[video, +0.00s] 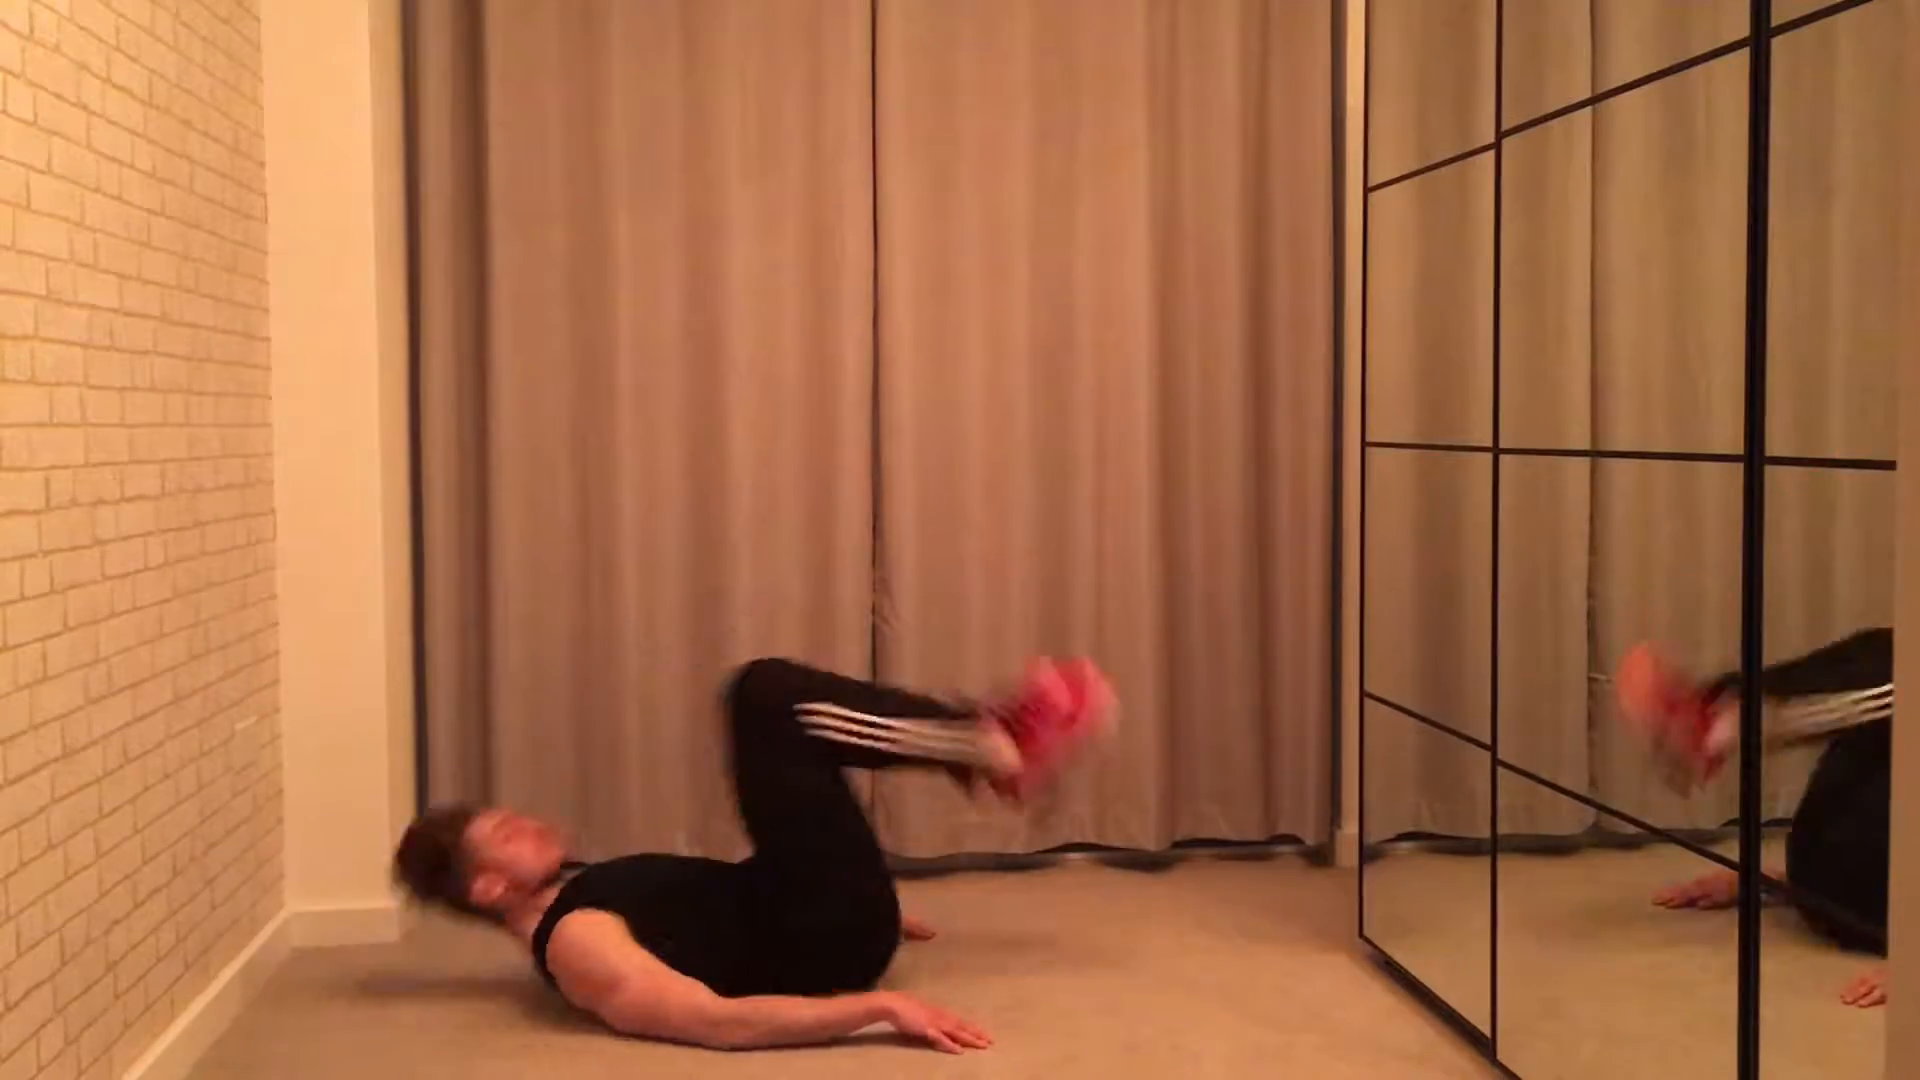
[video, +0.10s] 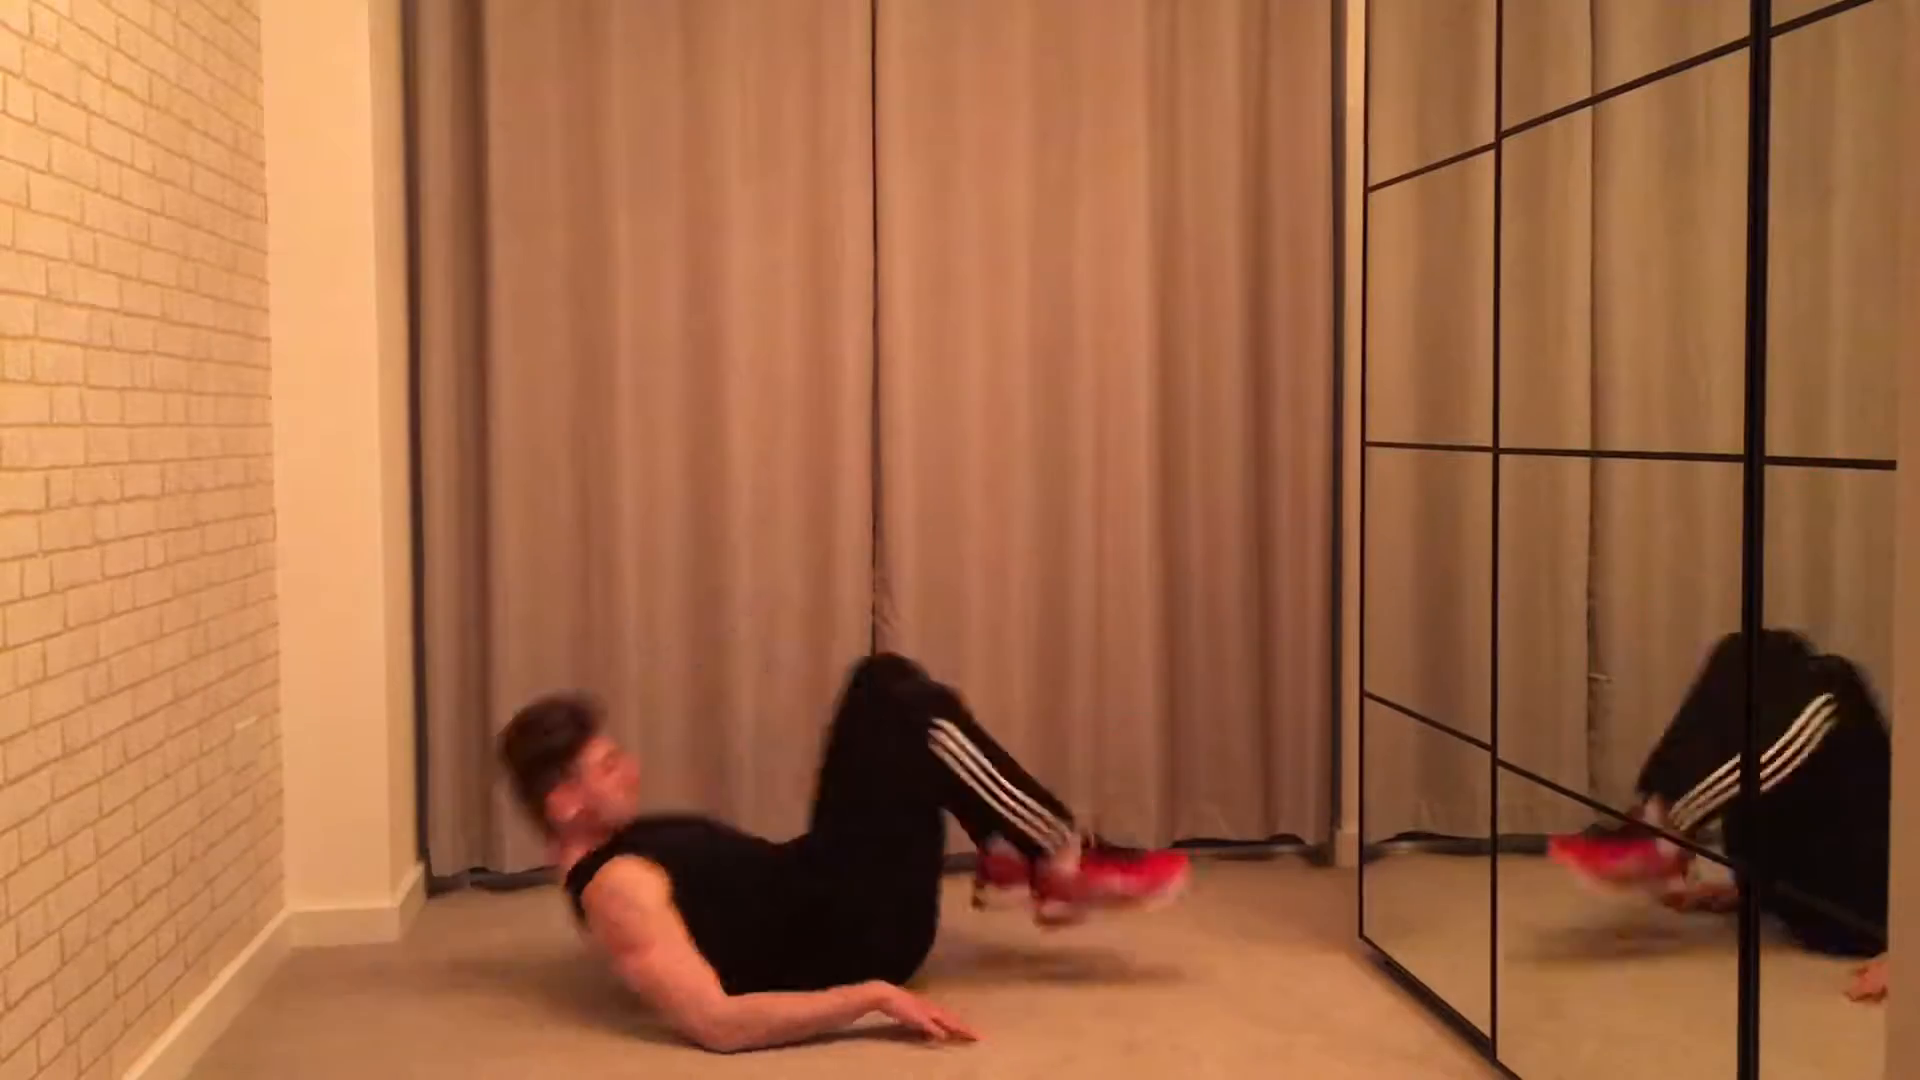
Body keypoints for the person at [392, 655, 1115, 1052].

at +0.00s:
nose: (528, 827)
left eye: (511, 818)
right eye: (503, 834)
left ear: (508, 872)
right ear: (491, 890)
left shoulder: (583, 896)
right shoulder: (576, 941)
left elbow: (728, 909)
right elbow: (720, 1019)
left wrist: (871, 923)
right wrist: (876, 1010)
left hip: (811, 914)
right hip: (827, 942)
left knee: (762, 691)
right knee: (765, 700)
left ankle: (985, 735)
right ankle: (998, 750)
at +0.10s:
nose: (627, 770)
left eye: (615, 755)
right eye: (604, 765)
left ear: (570, 798)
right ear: (562, 803)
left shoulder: (622, 854)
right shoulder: (620, 887)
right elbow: (714, 1023)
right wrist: (870, 1001)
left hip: (837, 911)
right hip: (863, 940)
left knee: (883, 682)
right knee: (906, 706)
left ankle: (1011, 853)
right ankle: (1075, 862)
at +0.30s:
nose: (853, 656)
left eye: (853, 639)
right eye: (845, 640)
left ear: (790, 644)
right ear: (795, 643)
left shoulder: (777, 713)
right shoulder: (786, 741)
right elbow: (758, 924)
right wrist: (863, 1017)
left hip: (880, 936)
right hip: (892, 959)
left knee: (986, 704)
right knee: (998, 721)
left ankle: (1049, 913)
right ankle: (1051, 928)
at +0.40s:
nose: (951, 645)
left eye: (955, 624)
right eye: (947, 622)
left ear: (895, 611)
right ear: (898, 609)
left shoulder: (842, 677)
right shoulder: (869, 703)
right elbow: (827, 874)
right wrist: (868, 1015)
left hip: (890, 920)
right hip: (910, 942)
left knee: (999, 690)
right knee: (1019, 712)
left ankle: (1052, 904)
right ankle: (1038, 928)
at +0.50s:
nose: (1030, 635)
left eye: (1038, 617)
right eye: (1031, 614)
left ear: (986, 588)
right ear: (990, 592)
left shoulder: (909, 636)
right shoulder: (936, 673)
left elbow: (861, 780)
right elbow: (898, 854)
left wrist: (856, 913)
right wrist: (879, 1011)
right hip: (915, 909)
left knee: (1045, 694)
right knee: (1069, 715)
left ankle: (1053, 910)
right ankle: (1046, 930)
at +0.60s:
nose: (1102, 634)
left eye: (1113, 618)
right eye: (1108, 612)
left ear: (1068, 579)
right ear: (1073, 585)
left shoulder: (979, 610)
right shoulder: (1005, 648)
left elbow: (905, 755)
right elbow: (955, 831)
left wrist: (860, 908)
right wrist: (895, 989)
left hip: (857, 824)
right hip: (881, 839)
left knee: (1062, 700)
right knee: (1083, 713)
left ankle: (1059, 910)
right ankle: (1049, 930)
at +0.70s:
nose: (1122, 630)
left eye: (1135, 616)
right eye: (1131, 610)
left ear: (1099, 568)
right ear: (1103, 573)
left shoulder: (1021, 570)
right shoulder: (1035, 604)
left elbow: (940, 747)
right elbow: (981, 787)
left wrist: (896, 866)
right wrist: (930, 946)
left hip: (825, 708)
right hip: (838, 719)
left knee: (1062, 700)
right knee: (1071, 708)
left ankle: (1060, 910)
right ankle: (1044, 929)